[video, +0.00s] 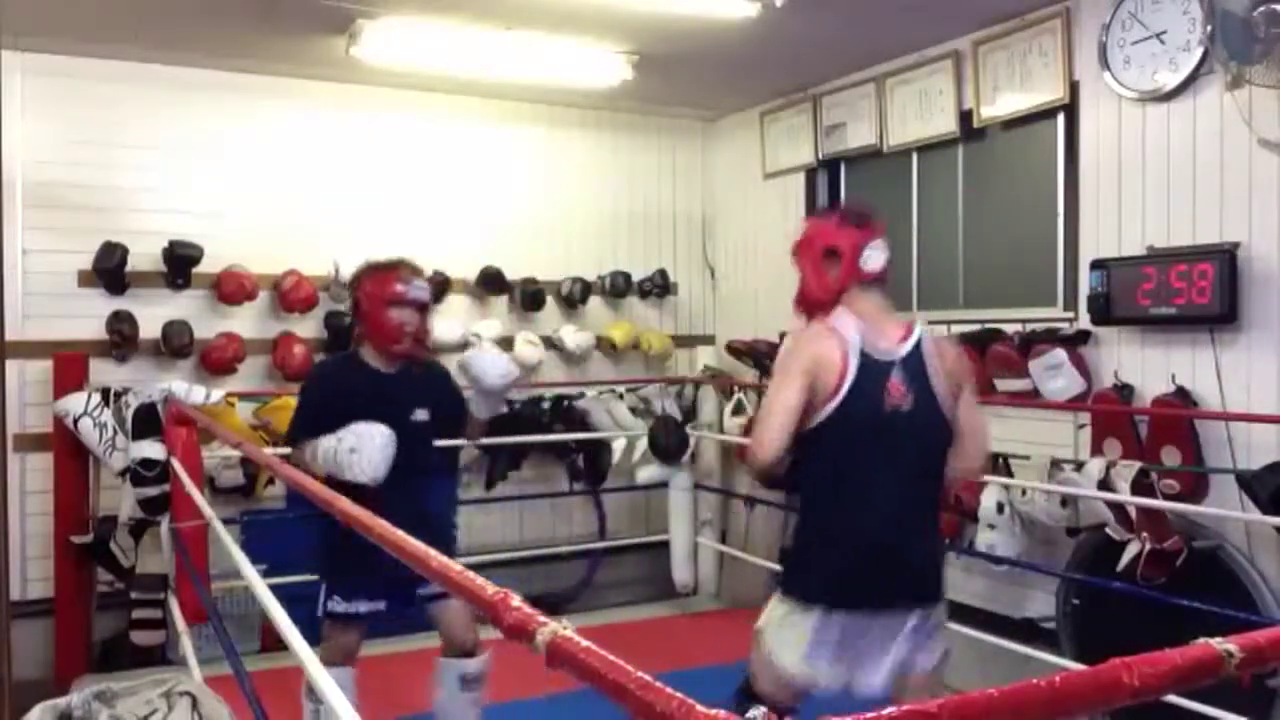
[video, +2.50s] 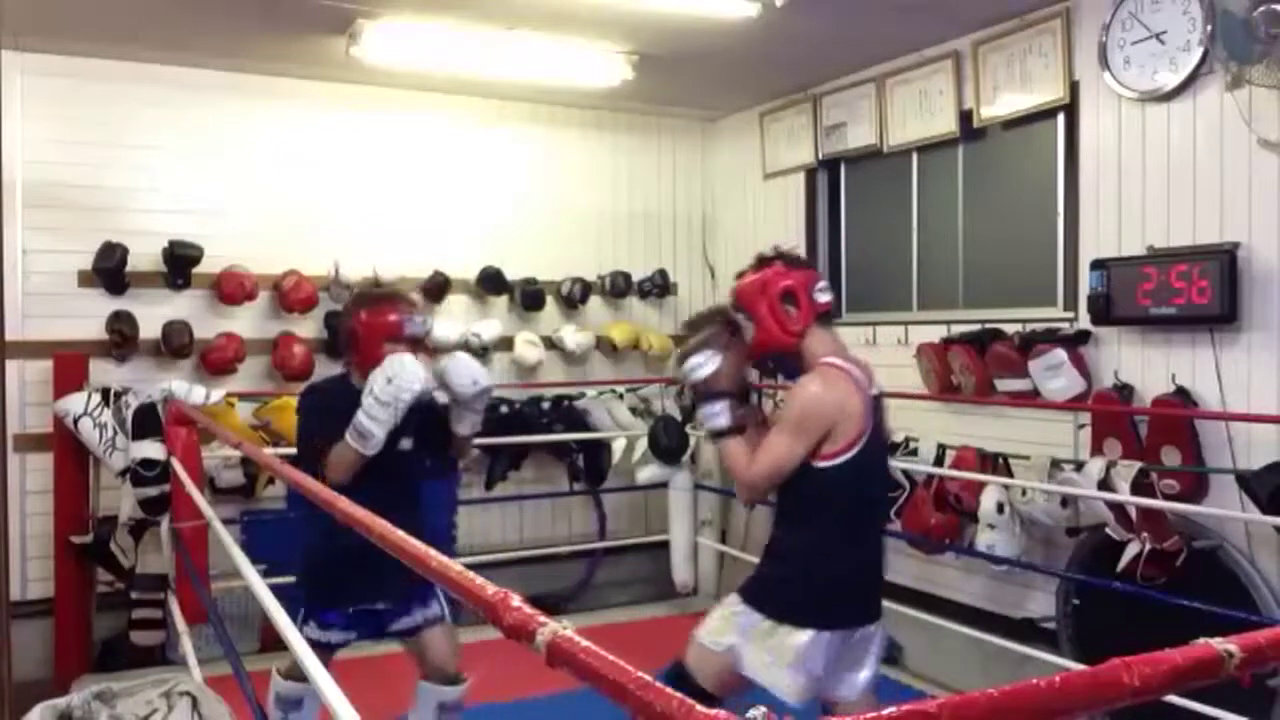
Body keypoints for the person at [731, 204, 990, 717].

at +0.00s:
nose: (800, 284)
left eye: (805, 268)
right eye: (801, 268)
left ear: (829, 267)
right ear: (878, 267)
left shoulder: (813, 343)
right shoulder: (941, 350)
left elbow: (765, 453)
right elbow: (971, 457)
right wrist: (902, 462)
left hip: (827, 580)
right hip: (915, 583)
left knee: (764, 705)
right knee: (920, 714)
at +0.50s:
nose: (881, 313)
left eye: (883, 293)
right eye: (878, 295)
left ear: (916, 283)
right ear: (949, 278)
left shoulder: (926, 352)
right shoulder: (1010, 355)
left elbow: (903, 471)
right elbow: (992, 472)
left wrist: (840, 454)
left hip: (927, 605)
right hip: (1005, 603)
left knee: (842, 705)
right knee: (984, 718)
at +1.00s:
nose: (807, 320)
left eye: (807, 305)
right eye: (802, 307)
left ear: (836, 292)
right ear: (868, 280)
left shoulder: (850, 370)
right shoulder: (946, 352)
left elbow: (800, 469)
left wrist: (756, 406)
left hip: (873, 602)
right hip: (953, 593)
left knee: (840, 707)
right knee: (943, 715)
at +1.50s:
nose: (814, 323)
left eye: (815, 308)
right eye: (811, 309)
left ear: (847, 298)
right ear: (876, 293)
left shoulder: (850, 367)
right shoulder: (935, 366)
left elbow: (802, 473)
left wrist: (754, 406)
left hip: (844, 585)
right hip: (916, 587)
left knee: (731, 695)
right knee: (886, 711)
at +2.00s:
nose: (775, 321)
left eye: (777, 307)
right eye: (772, 308)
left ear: (809, 298)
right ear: (825, 293)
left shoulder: (828, 376)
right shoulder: (887, 362)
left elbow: (776, 477)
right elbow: (826, 441)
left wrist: (724, 416)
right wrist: (758, 397)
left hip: (810, 582)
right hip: (874, 578)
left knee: (726, 703)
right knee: (866, 709)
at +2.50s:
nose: (752, 337)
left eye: (753, 324)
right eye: (748, 326)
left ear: (787, 313)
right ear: (801, 309)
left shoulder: (820, 389)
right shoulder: (855, 375)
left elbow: (751, 481)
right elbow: (775, 460)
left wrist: (720, 402)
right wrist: (740, 395)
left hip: (794, 596)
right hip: (856, 596)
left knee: (684, 690)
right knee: (850, 710)